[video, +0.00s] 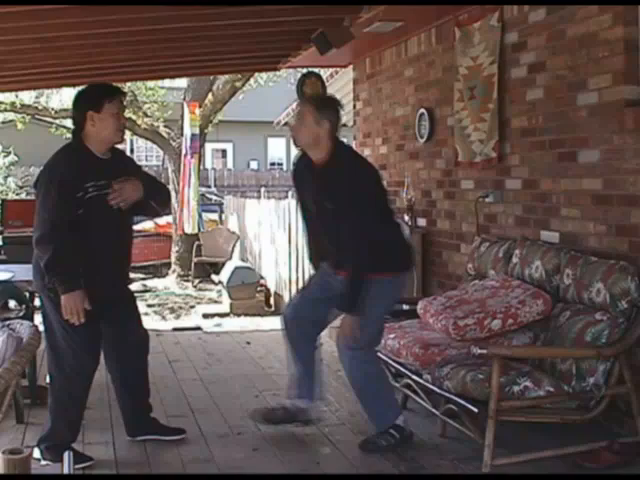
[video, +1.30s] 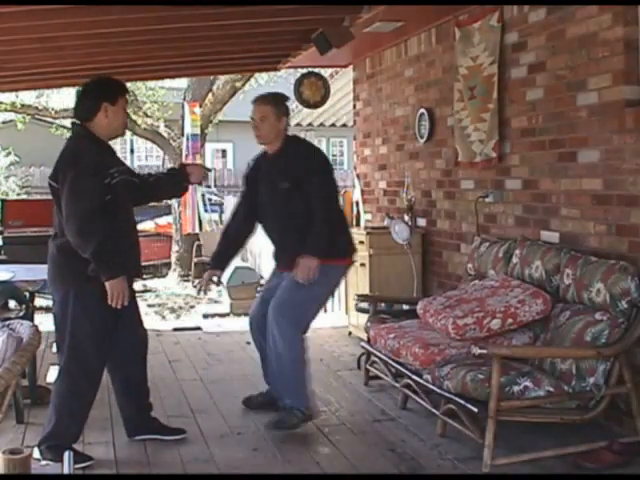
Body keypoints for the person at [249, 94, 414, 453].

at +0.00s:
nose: (293, 126)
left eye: (300, 120)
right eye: (295, 119)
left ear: (324, 127)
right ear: (309, 128)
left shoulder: (357, 171)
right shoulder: (304, 170)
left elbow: (364, 242)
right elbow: (314, 224)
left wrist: (353, 309)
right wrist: (322, 264)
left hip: (382, 271)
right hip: (339, 266)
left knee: (355, 344)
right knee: (298, 319)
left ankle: (393, 426)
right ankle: (302, 404)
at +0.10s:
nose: (279, 105)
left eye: (287, 99)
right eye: (281, 98)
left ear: (311, 105)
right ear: (297, 105)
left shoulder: (336, 152)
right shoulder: (292, 149)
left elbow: (338, 220)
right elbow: (300, 212)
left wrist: (309, 280)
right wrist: (302, 261)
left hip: (352, 265)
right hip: (316, 264)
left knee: (343, 347)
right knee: (280, 329)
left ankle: (392, 422)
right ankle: (257, 412)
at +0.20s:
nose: (267, 95)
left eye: (275, 89)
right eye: (267, 88)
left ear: (299, 95)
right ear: (283, 95)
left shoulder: (315, 137)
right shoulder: (280, 134)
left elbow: (309, 207)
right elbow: (283, 202)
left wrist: (281, 263)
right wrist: (277, 257)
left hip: (318, 256)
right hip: (289, 256)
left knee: (312, 337)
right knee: (260, 332)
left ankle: (375, 413)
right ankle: (246, 415)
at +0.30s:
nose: (249, 92)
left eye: (257, 86)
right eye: (249, 86)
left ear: (281, 89)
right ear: (261, 92)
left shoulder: (302, 134)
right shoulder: (257, 136)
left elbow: (295, 201)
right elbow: (256, 200)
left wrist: (256, 251)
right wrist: (247, 250)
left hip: (299, 250)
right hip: (263, 249)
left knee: (271, 326)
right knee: (240, 328)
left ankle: (321, 408)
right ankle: (245, 415)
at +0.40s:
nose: (233, 96)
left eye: (240, 88)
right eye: (232, 89)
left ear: (264, 90)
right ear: (251, 93)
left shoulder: (287, 131)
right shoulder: (245, 135)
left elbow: (281, 197)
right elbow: (234, 196)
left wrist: (244, 244)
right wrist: (221, 242)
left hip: (287, 249)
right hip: (255, 249)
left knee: (246, 325)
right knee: (221, 318)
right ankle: (237, 410)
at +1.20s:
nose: (246, 118)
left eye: (253, 111)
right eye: (243, 112)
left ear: (274, 113)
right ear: (243, 116)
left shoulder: (298, 148)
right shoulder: (246, 162)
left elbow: (312, 201)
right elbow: (235, 215)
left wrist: (293, 243)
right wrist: (212, 260)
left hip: (312, 253)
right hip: (276, 254)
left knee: (274, 320)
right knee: (253, 319)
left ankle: (276, 411)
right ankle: (276, 390)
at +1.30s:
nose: (256, 127)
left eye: (263, 120)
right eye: (254, 121)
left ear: (283, 121)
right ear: (253, 124)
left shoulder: (309, 157)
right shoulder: (258, 170)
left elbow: (327, 209)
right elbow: (242, 220)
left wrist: (312, 251)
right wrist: (217, 264)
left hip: (327, 257)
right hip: (290, 259)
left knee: (282, 317)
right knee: (260, 317)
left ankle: (298, 406)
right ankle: (279, 391)